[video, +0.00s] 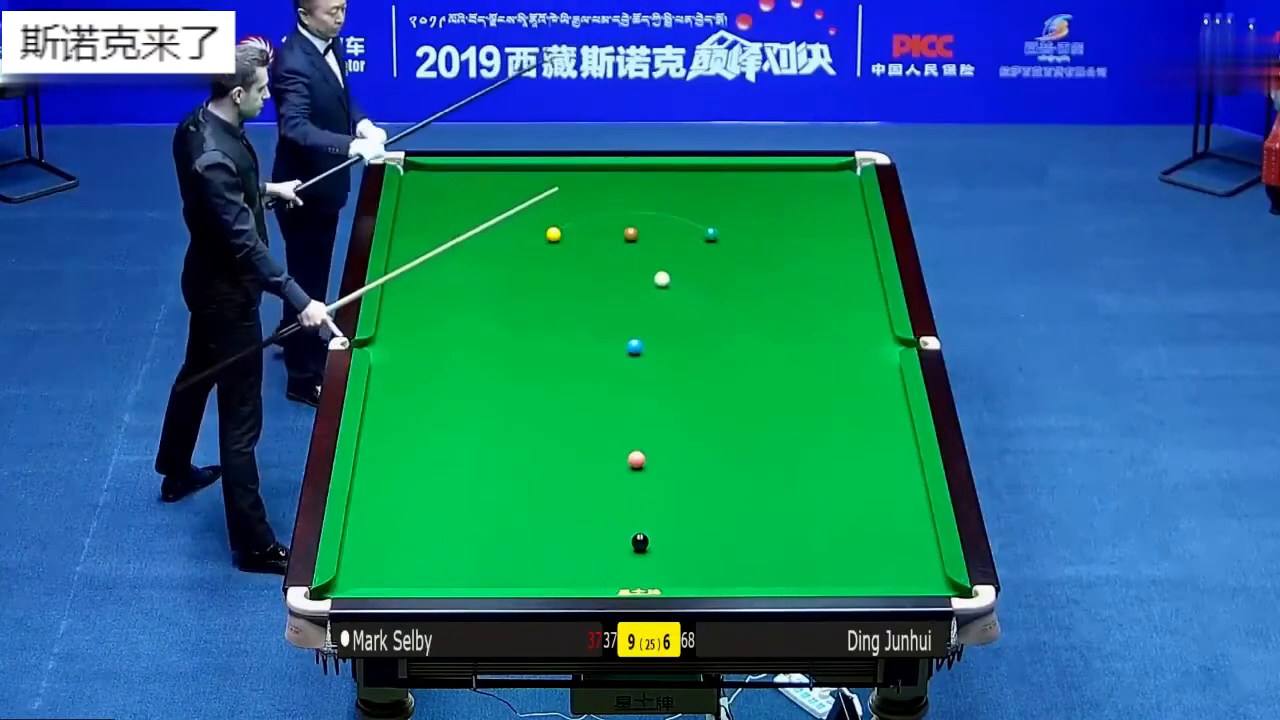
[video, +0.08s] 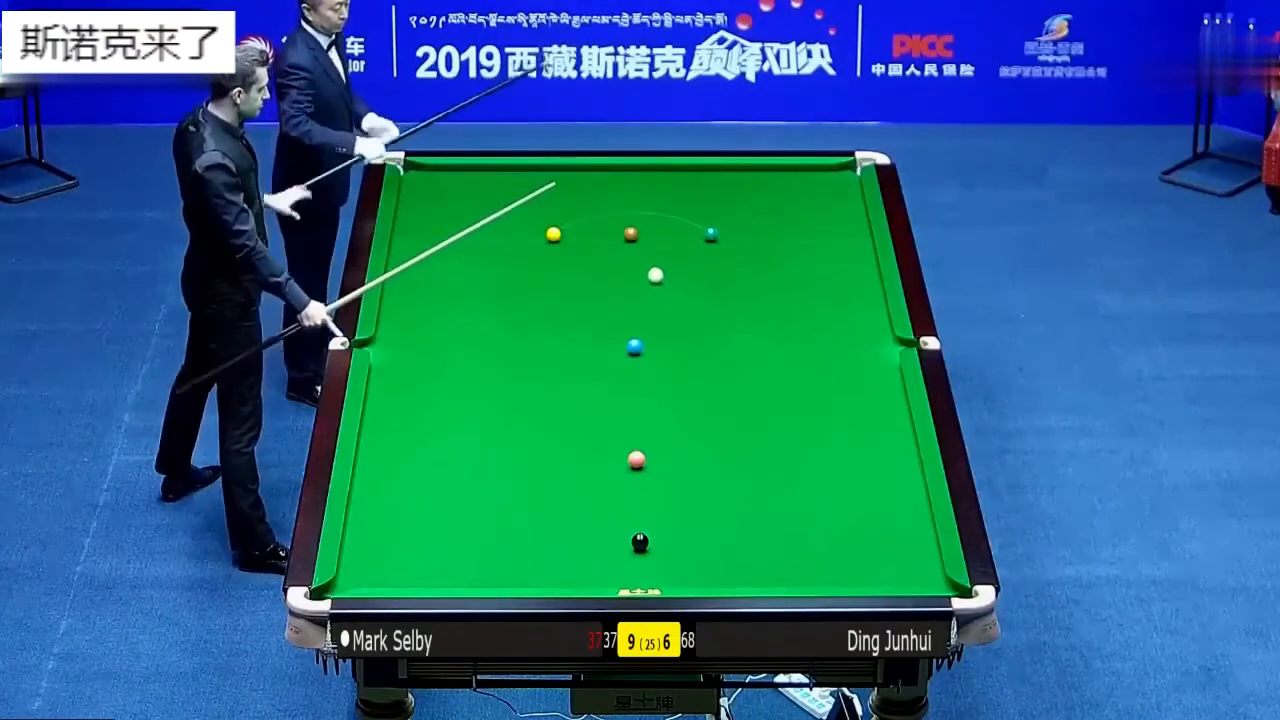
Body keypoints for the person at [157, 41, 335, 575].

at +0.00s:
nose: (267, 95)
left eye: (265, 86)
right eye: (261, 87)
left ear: (231, 86)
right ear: (238, 91)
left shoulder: (207, 122)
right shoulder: (214, 160)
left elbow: (225, 188)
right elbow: (244, 245)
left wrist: (267, 190)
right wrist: (302, 301)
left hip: (212, 280)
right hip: (230, 294)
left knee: (195, 379)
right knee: (241, 424)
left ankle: (175, 472)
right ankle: (253, 545)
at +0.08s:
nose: (266, 96)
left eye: (265, 87)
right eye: (260, 89)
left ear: (230, 87)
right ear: (235, 92)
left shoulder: (207, 122)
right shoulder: (213, 162)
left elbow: (220, 190)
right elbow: (243, 244)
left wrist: (266, 199)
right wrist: (301, 301)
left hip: (211, 279)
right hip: (229, 294)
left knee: (195, 378)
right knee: (241, 424)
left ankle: (175, 472)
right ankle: (253, 546)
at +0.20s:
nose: (266, 97)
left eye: (265, 88)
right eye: (260, 89)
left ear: (231, 87)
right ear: (235, 92)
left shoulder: (206, 121)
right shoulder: (213, 163)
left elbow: (225, 199)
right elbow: (244, 245)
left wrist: (269, 217)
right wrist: (300, 301)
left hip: (211, 278)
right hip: (228, 294)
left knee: (195, 376)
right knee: (241, 424)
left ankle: (175, 471)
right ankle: (253, 546)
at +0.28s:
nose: (266, 96)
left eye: (265, 87)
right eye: (260, 89)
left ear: (229, 88)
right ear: (234, 92)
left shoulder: (203, 121)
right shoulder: (213, 164)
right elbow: (245, 247)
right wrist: (301, 300)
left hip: (209, 280)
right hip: (227, 294)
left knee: (194, 378)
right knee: (241, 426)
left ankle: (175, 472)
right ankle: (253, 546)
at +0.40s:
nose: (266, 98)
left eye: (266, 88)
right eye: (260, 90)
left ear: (230, 89)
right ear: (233, 93)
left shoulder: (202, 120)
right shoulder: (213, 163)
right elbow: (246, 246)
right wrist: (301, 301)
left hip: (209, 281)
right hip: (226, 295)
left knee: (194, 378)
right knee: (240, 422)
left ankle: (175, 472)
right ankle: (253, 546)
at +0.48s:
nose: (267, 97)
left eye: (267, 88)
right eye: (261, 89)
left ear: (230, 89)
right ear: (235, 93)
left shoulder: (203, 120)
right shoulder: (213, 164)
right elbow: (245, 246)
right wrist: (301, 301)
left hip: (208, 281)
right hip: (225, 295)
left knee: (195, 379)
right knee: (239, 425)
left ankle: (175, 472)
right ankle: (253, 546)